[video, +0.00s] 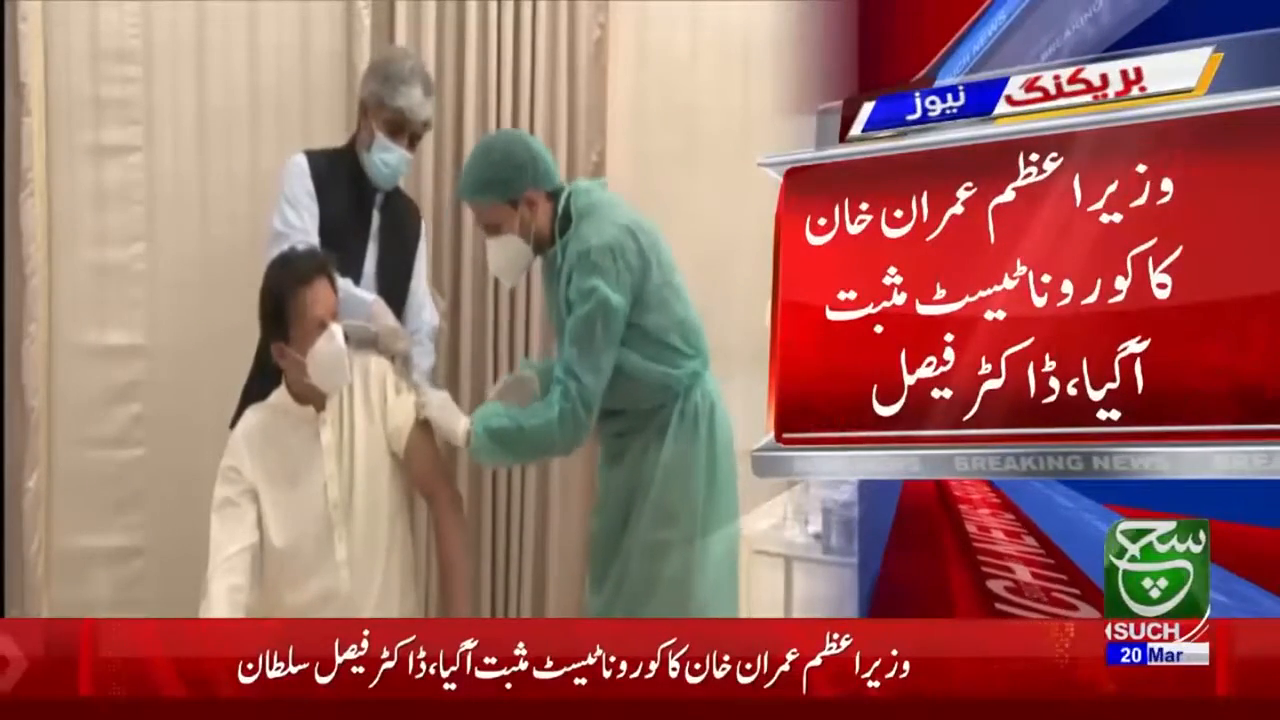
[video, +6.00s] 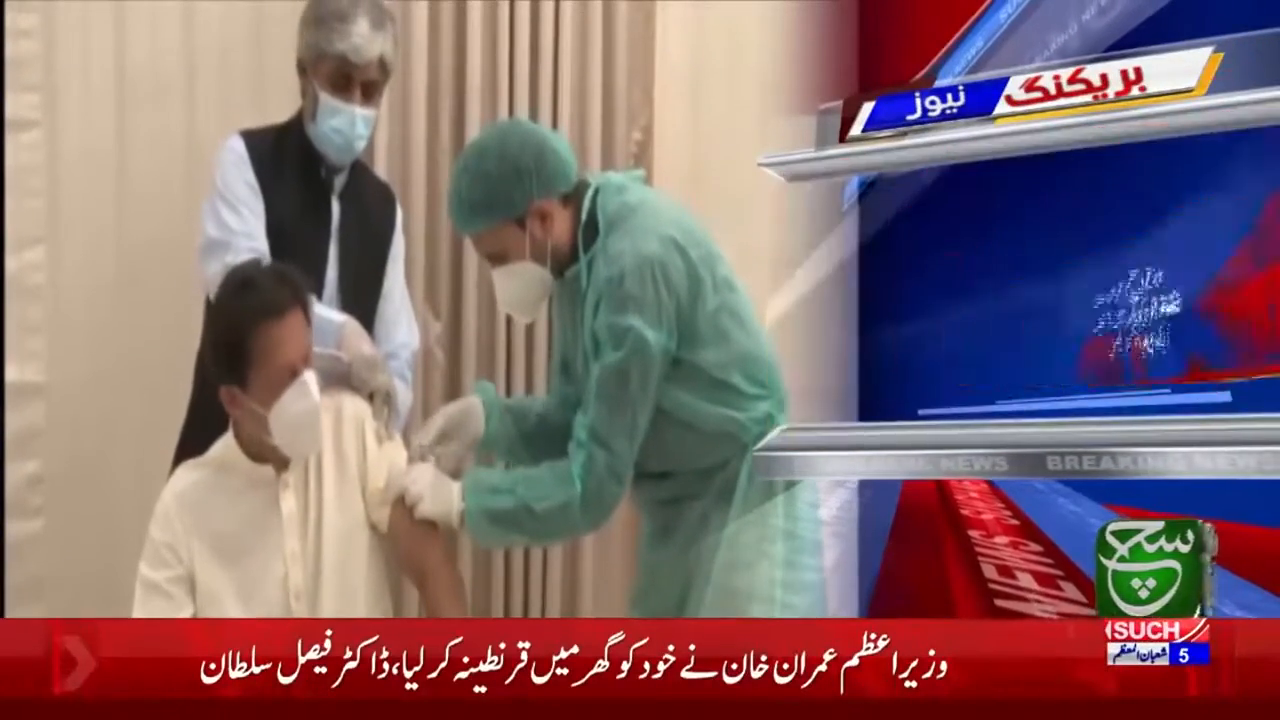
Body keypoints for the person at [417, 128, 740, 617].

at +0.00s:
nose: (493, 242)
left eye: (495, 228)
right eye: (487, 230)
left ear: (532, 204)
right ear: (531, 204)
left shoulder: (599, 248)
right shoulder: (568, 235)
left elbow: (569, 418)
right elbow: (583, 363)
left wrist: (471, 430)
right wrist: (532, 382)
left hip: (674, 435)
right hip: (631, 433)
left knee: (653, 599)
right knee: (615, 592)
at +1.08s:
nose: (528, 173)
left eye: (534, 159)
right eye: (523, 160)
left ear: (576, 141)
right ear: (572, 142)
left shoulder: (626, 209)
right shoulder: (596, 197)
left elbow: (586, 356)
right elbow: (588, 324)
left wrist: (486, 417)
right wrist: (554, 355)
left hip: (658, 429)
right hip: (622, 426)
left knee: (639, 602)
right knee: (608, 595)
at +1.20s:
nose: (495, 239)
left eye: (497, 220)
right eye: (486, 222)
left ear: (543, 183)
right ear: (543, 182)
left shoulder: (635, 220)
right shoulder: (584, 219)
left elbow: (588, 448)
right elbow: (585, 400)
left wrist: (457, 456)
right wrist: (500, 395)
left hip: (749, 456)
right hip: (677, 462)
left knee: (724, 653)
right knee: (655, 649)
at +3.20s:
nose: (496, 255)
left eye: (498, 238)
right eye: (487, 242)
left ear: (544, 199)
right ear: (544, 198)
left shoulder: (634, 233)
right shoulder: (581, 230)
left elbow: (591, 457)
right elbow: (571, 399)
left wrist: (460, 468)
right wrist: (487, 399)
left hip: (750, 468)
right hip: (678, 475)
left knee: (731, 664)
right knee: (655, 661)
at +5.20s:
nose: (495, 266)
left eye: (498, 249)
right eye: (487, 252)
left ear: (543, 209)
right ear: (544, 209)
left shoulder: (634, 247)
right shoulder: (581, 244)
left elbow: (588, 475)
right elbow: (568, 413)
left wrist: (456, 486)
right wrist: (481, 414)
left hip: (750, 477)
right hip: (677, 484)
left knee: (738, 663)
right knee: (657, 660)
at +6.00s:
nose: (498, 276)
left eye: (500, 259)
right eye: (489, 262)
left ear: (544, 219)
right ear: (545, 219)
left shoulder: (636, 259)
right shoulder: (582, 251)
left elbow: (591, 487)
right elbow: (576, 422)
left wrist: (459, 499)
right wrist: (488, 422)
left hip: (748, 489)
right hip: (675, 496)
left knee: (744, 676)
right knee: (659, 675)